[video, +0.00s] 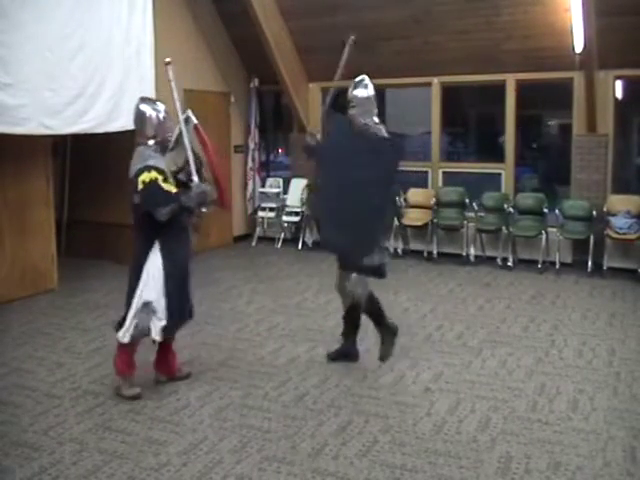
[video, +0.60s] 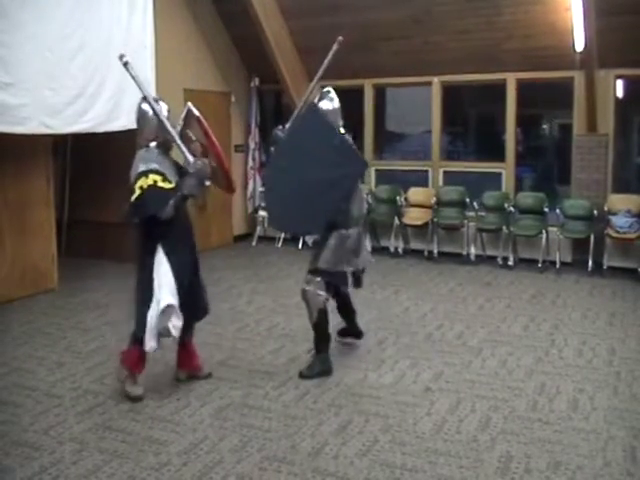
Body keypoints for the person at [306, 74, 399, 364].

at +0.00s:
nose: (358, 110)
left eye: (360, 105)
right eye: (356, 105)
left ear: (355, 108)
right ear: (356, 108)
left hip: (359, 219)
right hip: (351, 217)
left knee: (351, 283)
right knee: (349, 281)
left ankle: (386, 328)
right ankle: (349, 343)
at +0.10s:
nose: (344, 107)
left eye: (350, 102)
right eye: (342, 101)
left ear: (358, 105)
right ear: (337, 104)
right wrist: (302, 135)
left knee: (340, 280)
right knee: (338, 281)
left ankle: (353, 346)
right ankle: (348, 343)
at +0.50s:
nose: (322, 117)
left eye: (325, 111)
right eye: (319, 112)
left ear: (333, 113)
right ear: (319, 114)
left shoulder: (341, 141)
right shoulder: (320, 141)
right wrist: (284, 142)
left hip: (345, 224)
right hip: (328, 221)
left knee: (315, 286)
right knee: (324, 283)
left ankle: (321, 356)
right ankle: (348, 328)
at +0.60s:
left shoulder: (344, 175)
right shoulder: (342, 172)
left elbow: (347, 216)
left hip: (337, 235)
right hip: (344, 233)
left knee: (313, 289)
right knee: (337, 284)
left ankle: (321, 356)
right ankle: (352, 326)